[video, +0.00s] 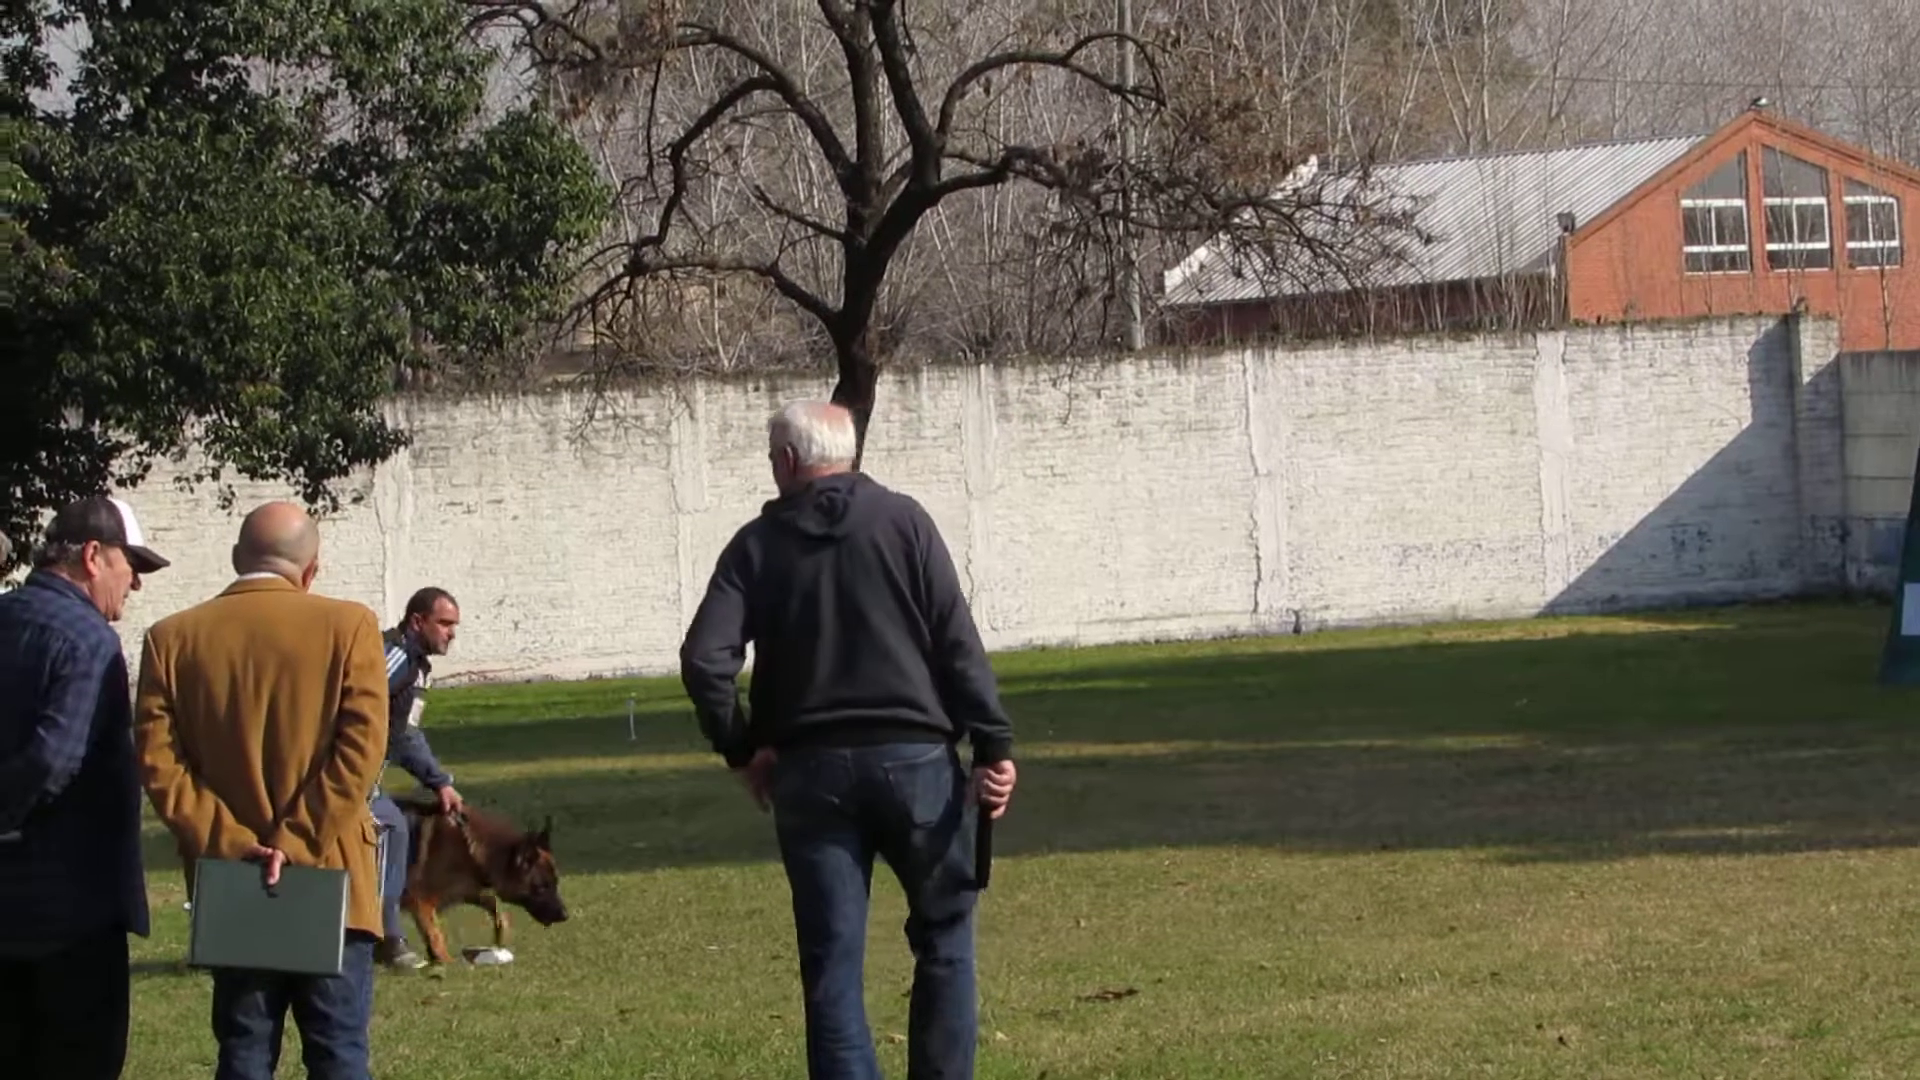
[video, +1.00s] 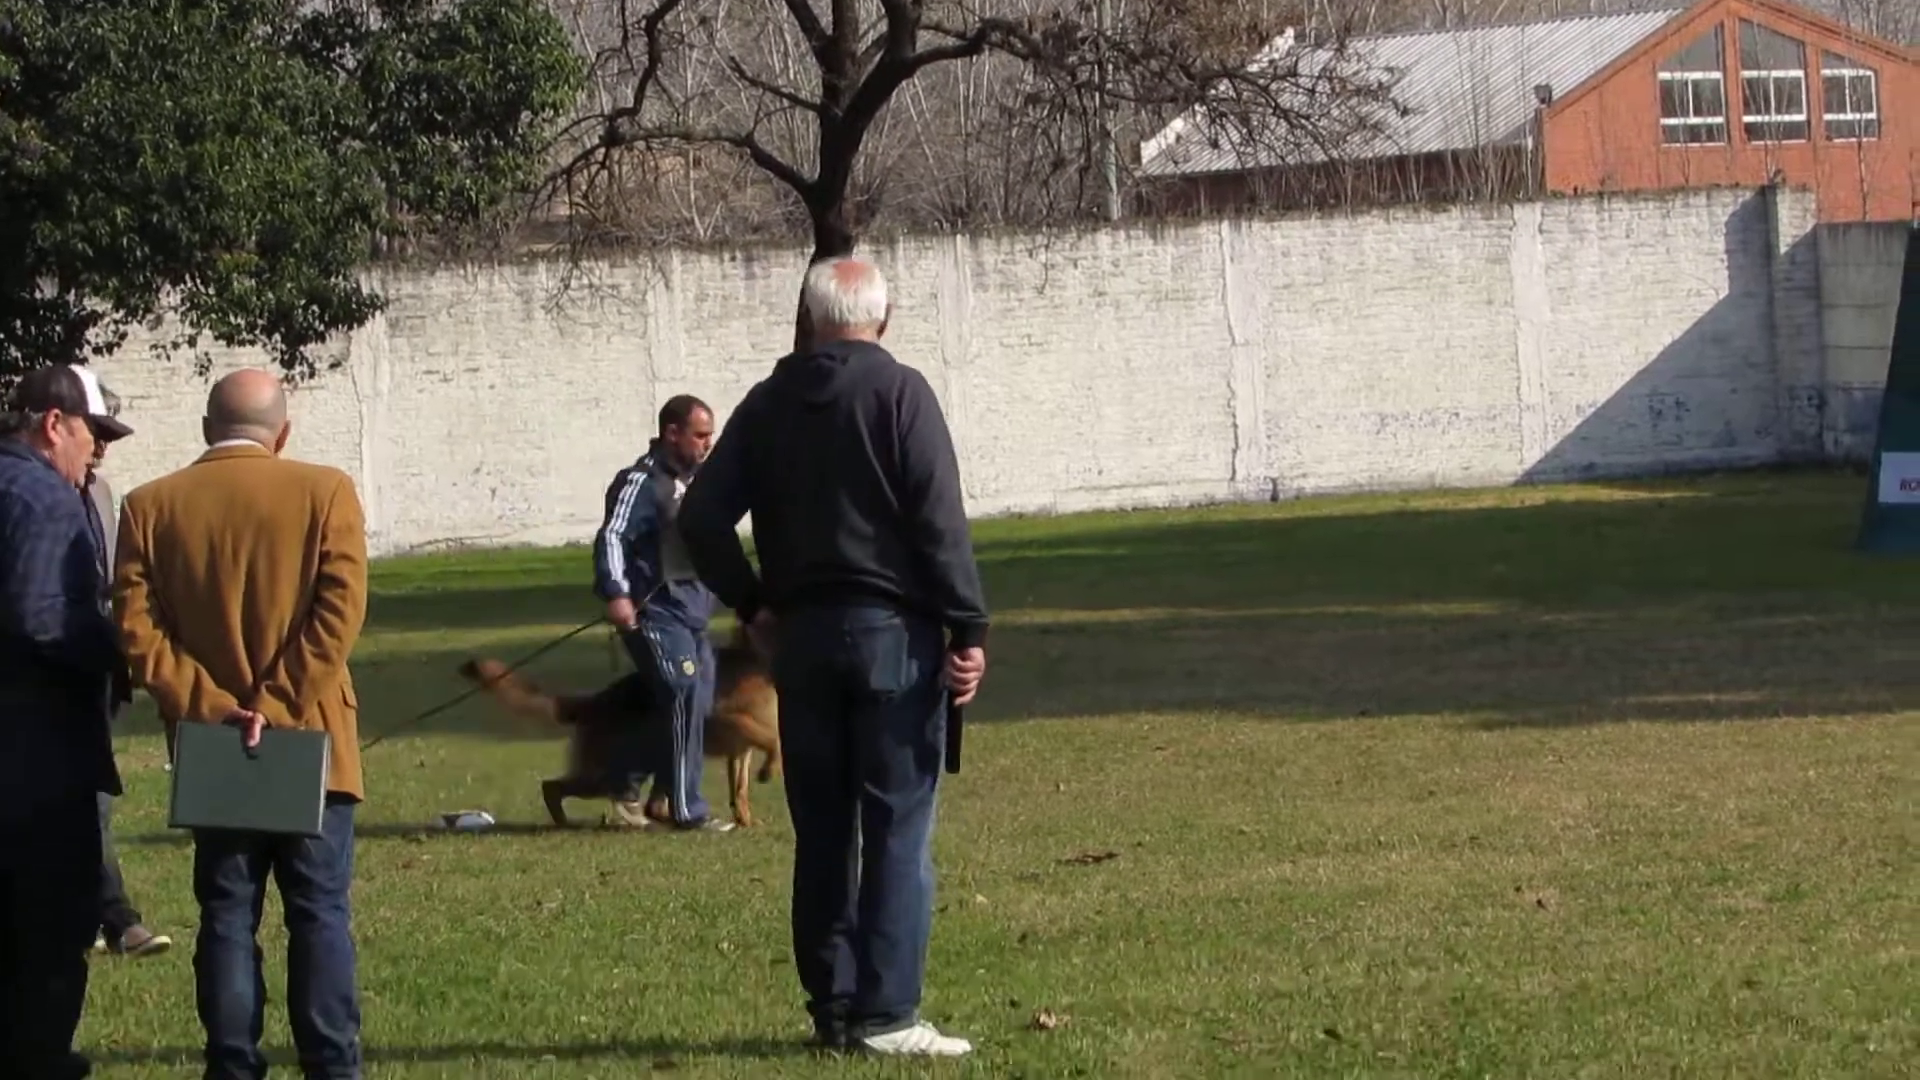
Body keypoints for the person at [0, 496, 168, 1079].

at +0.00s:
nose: (135, 584)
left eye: (137, 571)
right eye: (131, 567)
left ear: (68, 555)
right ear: (92, 557)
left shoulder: (8, 612)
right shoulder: (87, 638)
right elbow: (51, 760)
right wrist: (9, 820)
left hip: (14, 892)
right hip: (71, 900)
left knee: (20, 1049)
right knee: (85, 1059)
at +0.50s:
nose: (129, 580)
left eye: (131, 566)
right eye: (125, 562)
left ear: (67, 552)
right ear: (86, 553)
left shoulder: (12, 608)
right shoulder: (81, 633)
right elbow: (44, 745)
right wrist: (17, 825)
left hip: (16, 896)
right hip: (69, 901)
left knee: (24, 1051)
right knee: (84, 1058)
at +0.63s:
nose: (117, 575)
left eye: (118, 561)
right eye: (112, 558)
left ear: (61, 551)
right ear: (74, 551)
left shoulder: (13, 602)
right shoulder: (69, 623)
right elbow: (37, 724)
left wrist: (106, 688)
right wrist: (23, 830)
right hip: (62, 900)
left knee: (24, 1049)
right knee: (76, 1057)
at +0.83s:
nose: (103, 527)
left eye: (104, 513)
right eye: (97, 511)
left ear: (50, 505)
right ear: (60, 504)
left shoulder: (15, 557)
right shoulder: (55, 574)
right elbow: (31, 680)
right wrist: (87, 760)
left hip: (18, 832)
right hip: (47, 843)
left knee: (27, 1003)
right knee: (64, 1006)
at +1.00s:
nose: (98, 446)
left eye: (99, 433)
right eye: (91, 431)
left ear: (45, 428)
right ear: (53, 426)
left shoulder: (27, 489)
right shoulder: (44, 499)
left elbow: (46, 617)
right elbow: (45, 619)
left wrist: (112, 656)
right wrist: (116, 659)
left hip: (32, 751)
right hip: (43, 758)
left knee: (46, 911)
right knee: (54, 917)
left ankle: (36, 1050)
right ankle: (41, 1055)